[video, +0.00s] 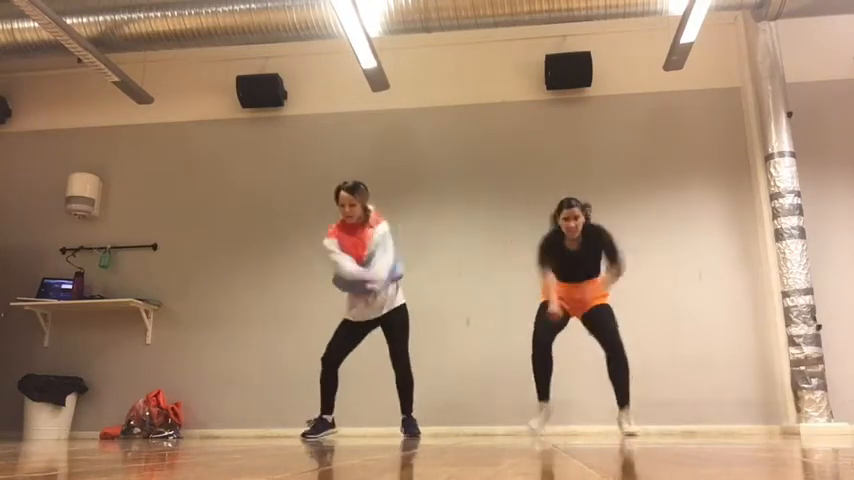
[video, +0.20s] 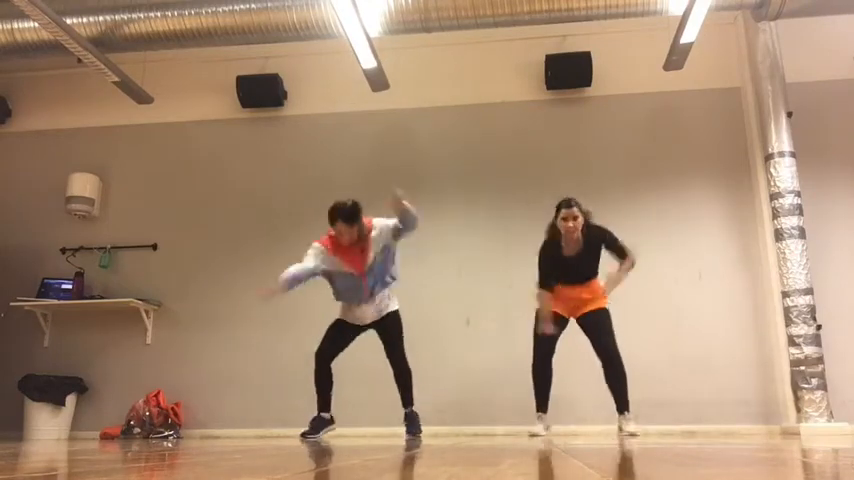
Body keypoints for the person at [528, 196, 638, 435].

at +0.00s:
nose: (571, 224)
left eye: (576, 218)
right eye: (566, 219)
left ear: (584, 218)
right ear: (558, 220)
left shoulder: (598, 235)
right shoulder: (549, 242)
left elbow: (617, 266)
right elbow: (546, 275)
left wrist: (600, 287)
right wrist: (552, 302)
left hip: (592, 299)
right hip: (559, 299)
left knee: (614, 346)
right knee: (540, 343)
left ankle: (624, 413)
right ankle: (543, 407)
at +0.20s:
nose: (570, 223)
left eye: (575, 218)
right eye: (565, 219)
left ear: (583, 219)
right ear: (557, 222)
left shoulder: (596, 234)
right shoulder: (549, 247)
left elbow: (628, 259)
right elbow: (544, 288)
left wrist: (610, 285)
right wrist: (545, 319)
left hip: (590, 299)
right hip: (556, 301)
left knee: (609, 353)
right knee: (541, 354)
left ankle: (625, 416)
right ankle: (541, 418)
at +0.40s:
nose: (575, 244)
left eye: (579, 238)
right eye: (570, 239)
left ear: (588, 233)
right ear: (562, 235)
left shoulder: (598, 251)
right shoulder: (556, 233)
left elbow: (603, 288)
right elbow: (540, 223)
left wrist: (601, 310)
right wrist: (528, 219)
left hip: (587, 303)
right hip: (553, 299)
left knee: (622, 343)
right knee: (539, 351)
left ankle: (639, 408)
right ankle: (533, 416)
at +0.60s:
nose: (553, 279)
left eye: (558, 273)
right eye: (550, 273)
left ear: (572, 271)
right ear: (548, 270)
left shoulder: (586, 292)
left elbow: (581, 338)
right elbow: (569, 233)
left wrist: (571, 372)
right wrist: (561, 198)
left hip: (590, 327)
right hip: (558, 326)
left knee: (628, 361)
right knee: (534, 359)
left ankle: (641, 421)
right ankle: (537, 420)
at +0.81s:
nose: (557, 226)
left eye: (562, 220)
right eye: (552, 221)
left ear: (571, 221)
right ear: (545, 224)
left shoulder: (585, 236)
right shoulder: (538, 248)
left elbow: (621, 253)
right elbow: (519, 284)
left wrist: (646, 281)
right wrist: (498, 313)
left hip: (590, 298)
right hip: (556, 300)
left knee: (613, 354)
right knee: (542, 354)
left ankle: (640, 417)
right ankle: (539, 419)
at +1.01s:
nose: (561, 196)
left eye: (564, 192)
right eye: (555, 191)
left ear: (568, 198)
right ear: (543, 200)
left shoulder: (567, 217)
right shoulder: (542, 227)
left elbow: (575, 203)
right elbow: (557, 219)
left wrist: (588, 188)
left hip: (582, 279)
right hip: (556, 291)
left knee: (608, 290)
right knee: (554, 351)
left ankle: (642, 329)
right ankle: (554, 415)